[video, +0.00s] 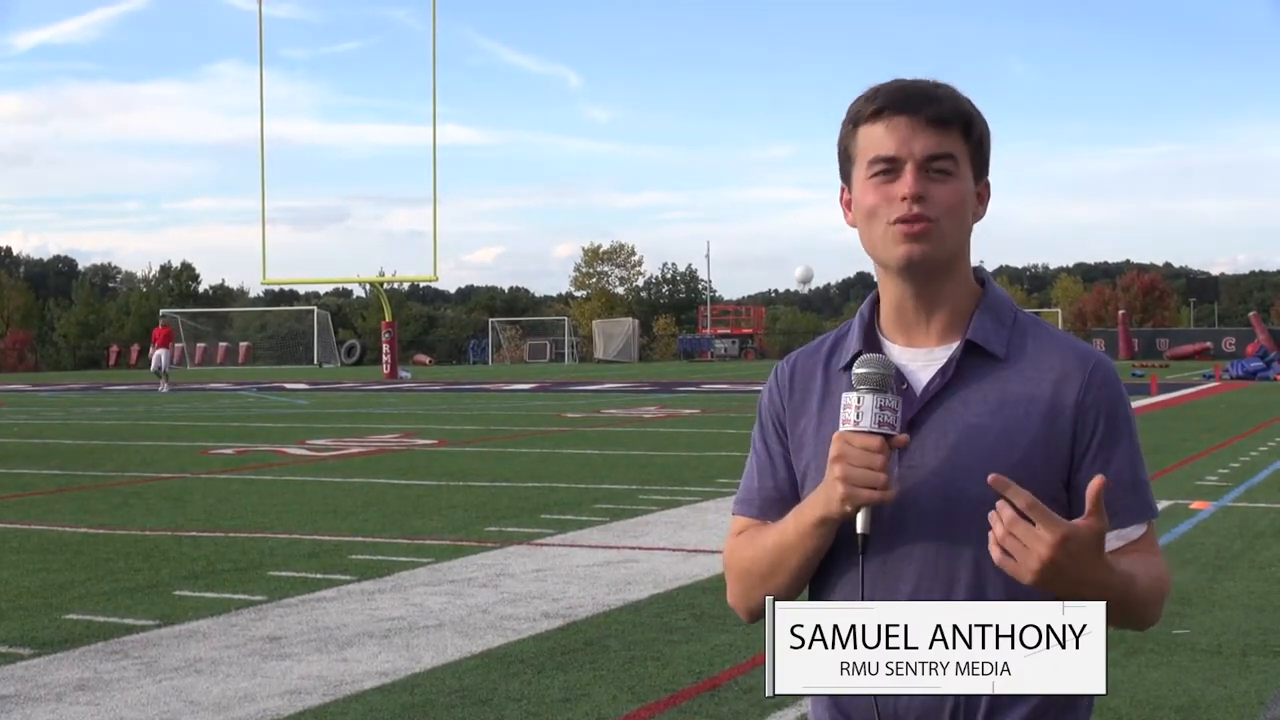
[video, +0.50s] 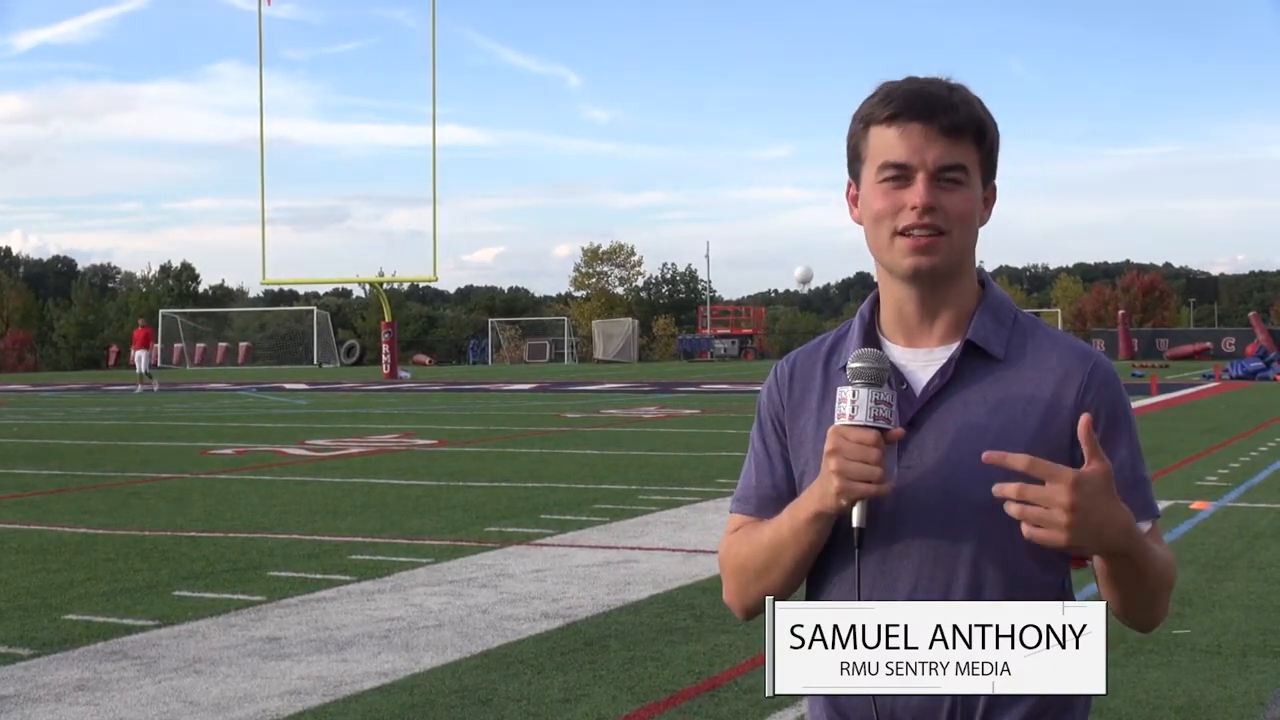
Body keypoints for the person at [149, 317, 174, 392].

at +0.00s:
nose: (161, 322)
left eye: (163, 321)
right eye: (160, 321)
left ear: (166, 322)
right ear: (159, 321)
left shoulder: (169, 330)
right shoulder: (155, 330)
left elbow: (171, 343)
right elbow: (153, 343)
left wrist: (172, 356)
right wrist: (151, 352)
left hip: (165, 349)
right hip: (157, 349)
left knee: (164, 369)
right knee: (153, 368)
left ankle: (166, 385)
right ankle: (162, 382)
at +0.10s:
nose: (158, 322)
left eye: (160, 321)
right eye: (157, 321)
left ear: (162, 322)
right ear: (155, 322)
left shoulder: (165, 330)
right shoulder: (152, 331)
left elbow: (166, 341)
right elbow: (150, 342)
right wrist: (148, 351)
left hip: (162, 350)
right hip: (154, 350)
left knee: (163, 369)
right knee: (150, 368)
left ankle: (165, 385)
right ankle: (152, 384)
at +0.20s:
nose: (155, 324)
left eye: (156, 323)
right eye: (154, 323)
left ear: (158, 323)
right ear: (152, 323)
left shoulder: (161, 331)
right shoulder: (149, 332)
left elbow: (162, 342)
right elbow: (148, 343)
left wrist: (154, 348)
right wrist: (146, 352)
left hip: (160, 351)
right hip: (151, 351)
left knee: (161, 370)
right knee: (148, 369)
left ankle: (165, 386)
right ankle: (144, 384)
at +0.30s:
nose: (150, 324)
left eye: (151, 323)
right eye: (149, 323)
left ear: (153, 324)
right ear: (147, 324)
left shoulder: (156, 332)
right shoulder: (144, 333)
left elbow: (158, 342)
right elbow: (143, 342)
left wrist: (152, 348)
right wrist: (143, 349)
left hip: (155, 352)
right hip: (146, 352)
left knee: (158, 370)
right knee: (144, 370)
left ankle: (164, 386)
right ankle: (142, 386)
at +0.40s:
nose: (145, 324)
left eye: (147, 322)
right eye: (144, 322)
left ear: (149, 323)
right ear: (142, 323)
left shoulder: (151, 331)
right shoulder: (140, 332)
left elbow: (154, 341)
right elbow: (138, 342)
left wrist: (151, 348)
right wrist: (138, 349)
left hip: (149, 352)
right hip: (141, 352)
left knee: (152, 370)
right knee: (140, 370)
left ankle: (161, 384)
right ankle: (140, 386)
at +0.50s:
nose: (141, 323)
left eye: (142, 322)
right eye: (140, 322)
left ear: (145, 323)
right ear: (138, 323)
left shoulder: (148, 330)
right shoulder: (135, 331)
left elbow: (151, 341)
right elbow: (133, 344)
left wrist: (150, 351)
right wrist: (132, 355)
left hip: (145, 351)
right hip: (137, 351)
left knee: (145, 370)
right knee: (138, 371)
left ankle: (154, 382)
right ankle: (140, 386)